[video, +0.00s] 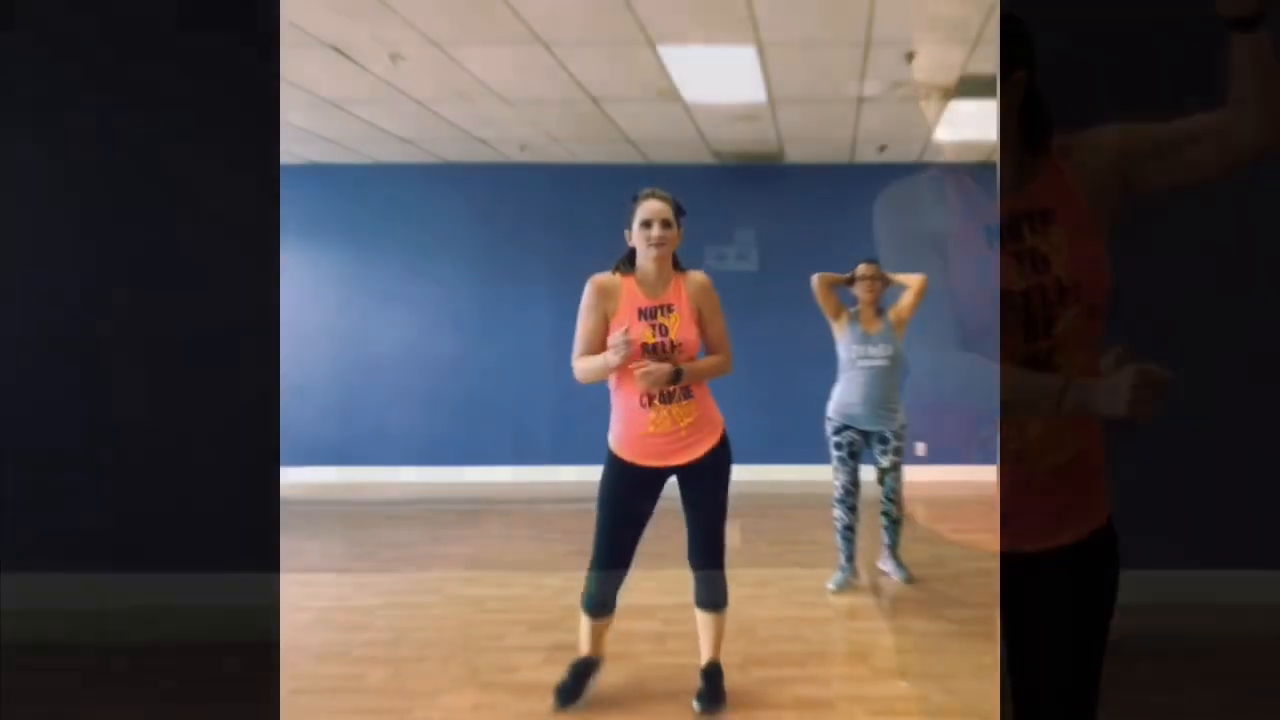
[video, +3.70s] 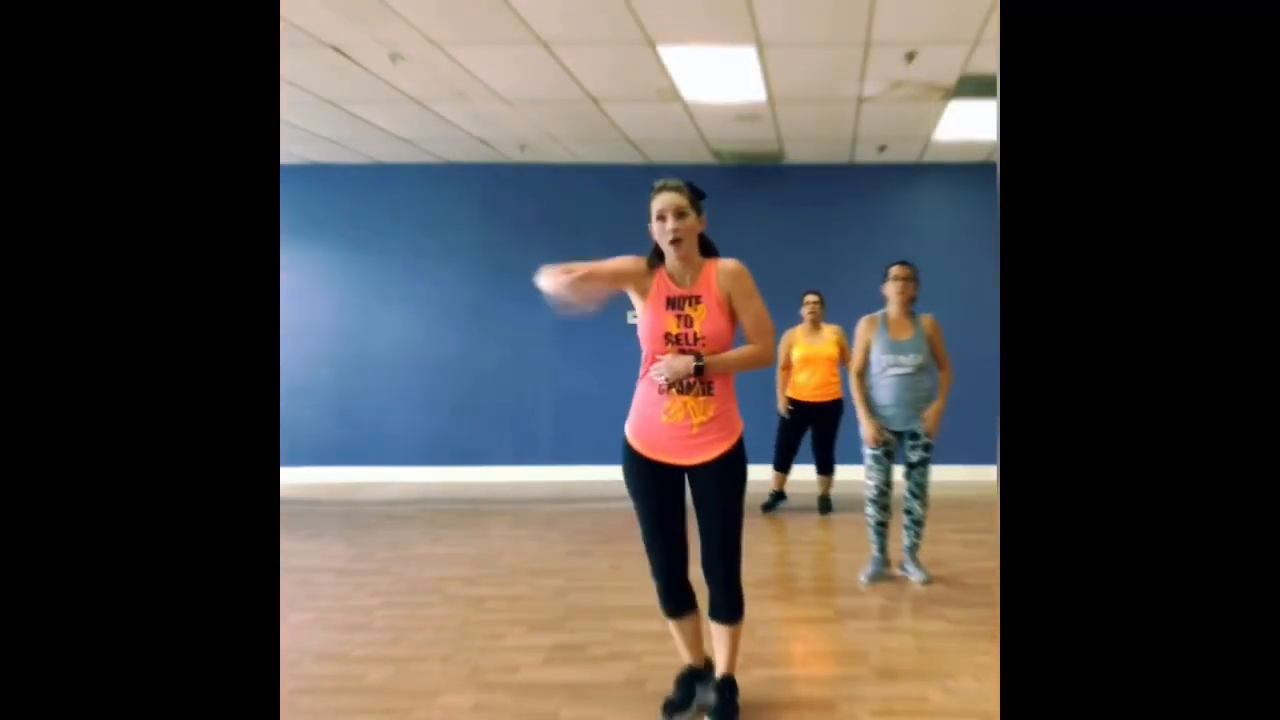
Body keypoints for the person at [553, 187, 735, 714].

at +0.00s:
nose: (656, 231)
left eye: (665, 223)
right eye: (647, 223)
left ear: (679, 232)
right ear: (630, 233)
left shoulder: (696, 286)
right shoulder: (603, 289)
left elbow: (723, 359)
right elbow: (581, 369)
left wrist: (677, 371)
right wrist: (610, 360)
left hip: (701, 443)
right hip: (633, 448)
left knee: (707, 560)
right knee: (605, 567)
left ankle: (710, 669)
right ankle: (588, 659)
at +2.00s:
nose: (703, 234)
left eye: (705, 224)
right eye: (692, 225)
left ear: (701, 231)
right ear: (658, 230)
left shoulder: (714, 287)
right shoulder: (619, 288)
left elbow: (742, 367)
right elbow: (604, 377)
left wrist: (684, 372)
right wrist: (612, 337)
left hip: (707, 451)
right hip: (633, 452)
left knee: (718, 576)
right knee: (591, 578)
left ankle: (723, 689)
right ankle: (548, 686)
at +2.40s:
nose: (644, 236)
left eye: (644, 226)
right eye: (634, 227)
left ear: (634, 233)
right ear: (599, 233)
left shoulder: (649, 295)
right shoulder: (555, 289)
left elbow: (667, 374)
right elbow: (528, 377)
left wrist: (620, 377)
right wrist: (557, 344)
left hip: (634, 457)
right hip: (560, 457)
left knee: (682, 572)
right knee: (556, 580)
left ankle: (714, 686)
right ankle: (545, 690)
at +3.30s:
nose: (631, 233)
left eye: (640, 223)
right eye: (621, 227)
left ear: (659, 227)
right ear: (610, 238)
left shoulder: (694, 286)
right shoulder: (603, 288)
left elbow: (724, 368)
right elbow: (556, 338)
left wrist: (656, 374)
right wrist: (595, 274)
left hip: (674, 453)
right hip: (602, 447)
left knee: (690, 578)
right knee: (575, 572)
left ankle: (718, 684)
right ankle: (547, 689)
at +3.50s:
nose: (656, 229)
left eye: (664, 218)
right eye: (646, 222)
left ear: (685, 221)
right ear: (637, 232)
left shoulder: (718, 278)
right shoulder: (631, 285)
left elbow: (753, 357)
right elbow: (575, 329)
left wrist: (687, 368)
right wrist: (612, 264)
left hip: (710, 444)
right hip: (642, 442)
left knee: (711, 572)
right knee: (605, 568)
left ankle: (722, 686)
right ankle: (586, 678)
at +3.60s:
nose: (664, 223)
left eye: (673, 212)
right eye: (654, 215)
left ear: (694, 215)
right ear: (645, 224)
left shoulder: (725, 271)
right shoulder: (637, 279)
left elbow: (760, 348)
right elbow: (568, 319)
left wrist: (693, 361)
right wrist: (610, 265)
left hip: (714, 439)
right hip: (647, 437)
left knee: (718, 568)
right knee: (632, 566)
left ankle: (722, 683)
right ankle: (657, 658)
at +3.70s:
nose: (670, 225)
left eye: (679, 215)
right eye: (661, 217)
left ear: (700, 221)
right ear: (651, 227)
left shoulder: (729, 274)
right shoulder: (639, 272)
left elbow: (764, 350)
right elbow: (560, 275)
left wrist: (697, 363)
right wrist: (559, 283)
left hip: (715, 442)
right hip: (649, 442)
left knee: (720, 567)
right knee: (668, 571)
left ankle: (725, 683)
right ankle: (696, 669)